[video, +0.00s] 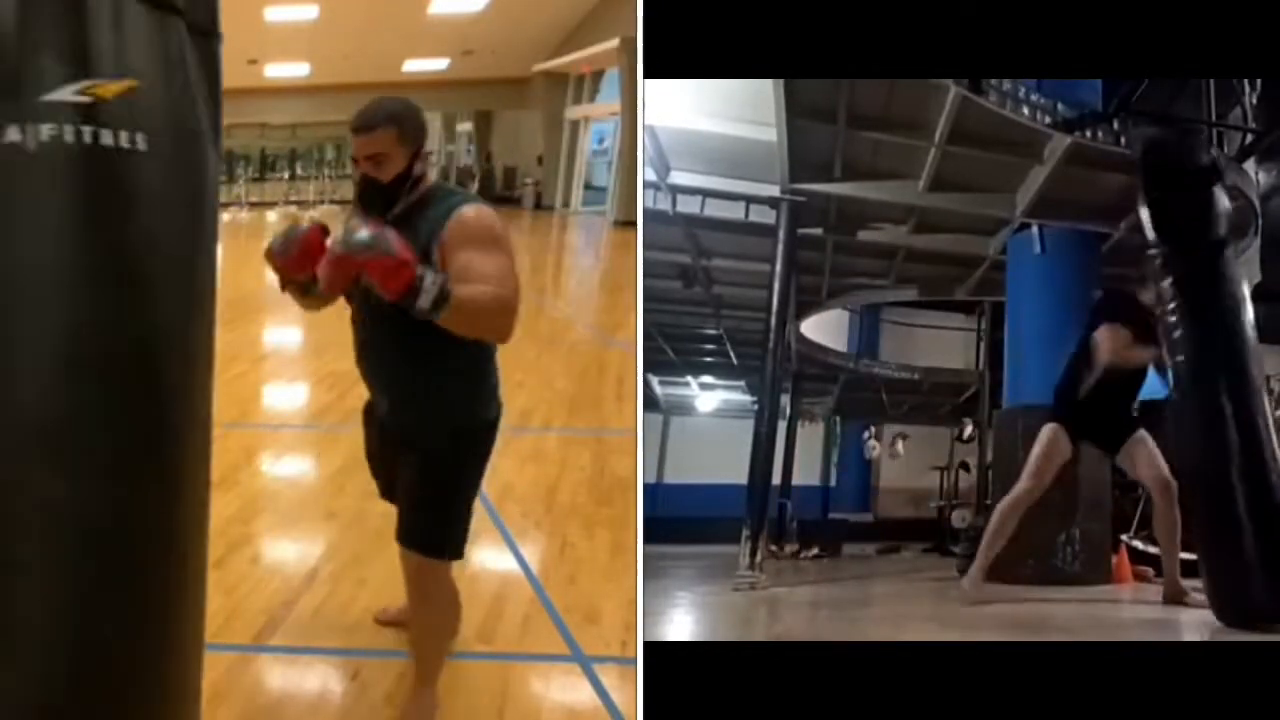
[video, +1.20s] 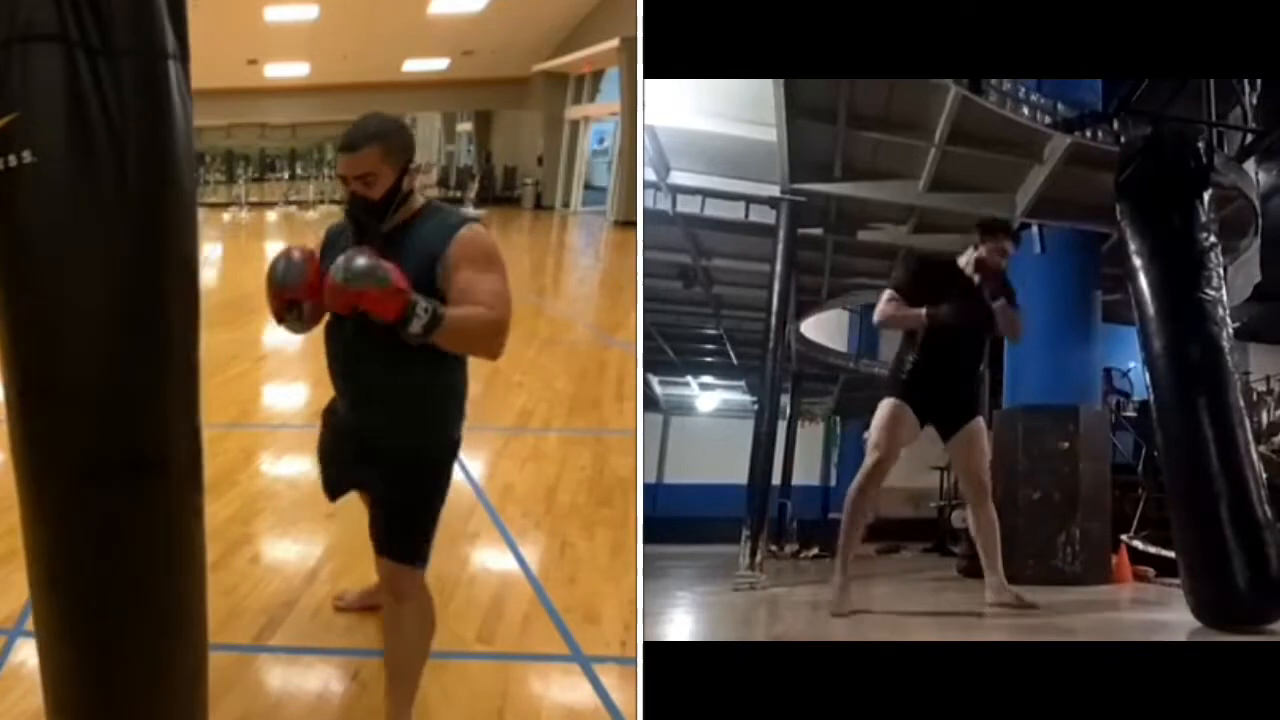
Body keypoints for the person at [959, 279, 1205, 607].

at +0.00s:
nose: (1166, 282)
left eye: (1168, 274)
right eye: (1159, 273)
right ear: (1141, 274)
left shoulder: (1155, 319)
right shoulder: (1113, 304)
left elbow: (1171, 363)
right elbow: (1110, 354)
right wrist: (1157, 353)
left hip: (1118, 419)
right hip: (1073, 414)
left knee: (1164, 485)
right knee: (1030, 486)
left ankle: (1173, 585)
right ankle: (975, 573)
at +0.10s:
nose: (1134, 345)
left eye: (1139, 341)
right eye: (1129, 338)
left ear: (1146, 341)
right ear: (1115, 330)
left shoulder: (1144, 361)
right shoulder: (1078, 340)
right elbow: (1047, 389)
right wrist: (1095, 391)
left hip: (1109, 442)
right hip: (1058, 439)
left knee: (1165, 486)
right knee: (1006, 499)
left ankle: (1174, 586)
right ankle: (965, 584)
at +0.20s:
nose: (1117, 350)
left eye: (1124, 345)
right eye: (1114, 342)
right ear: (1101, 330)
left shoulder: (1125, 359)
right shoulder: (1060, 343)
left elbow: (1133, 411)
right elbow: (1032, 395)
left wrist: (1130, 404)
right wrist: (1078, 376)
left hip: (1095, 443)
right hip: (1045, 440)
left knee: (1156, 492)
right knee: (996, 497)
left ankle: (1173, 586)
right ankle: (963, 585)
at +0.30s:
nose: (1078, 305)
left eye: (1085, 299)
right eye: (1075, 296)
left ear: (1089, 301)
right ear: (1059, 288)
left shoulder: (1075, 329)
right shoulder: (1015, 314)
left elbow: (1089, 383)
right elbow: (1004, 365)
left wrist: (1078, 344)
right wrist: (1045, 330)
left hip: (1053, 422)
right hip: (1002, 421)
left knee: (1091, 490)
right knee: (970, 490)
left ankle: (1121, 574)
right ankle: (959, 578)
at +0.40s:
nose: (1061, 289)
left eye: (1069, 285)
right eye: (1059, 278)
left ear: (1070, 289)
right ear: (1043, 271)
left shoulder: (1055, 317)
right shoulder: (1003, 298)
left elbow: (1077, 365)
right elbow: (989, 343)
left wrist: (1064, 324)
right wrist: (1030, 314)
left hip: (1032, 413)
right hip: (984, 410)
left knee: (1077, 479)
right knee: (957, 477)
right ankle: (949, 574)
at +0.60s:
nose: (1014, 275)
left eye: (1021, 270)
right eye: (1010, 266)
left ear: (1026, 272)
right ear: (994, 260)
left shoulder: (1016, 303)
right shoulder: (958, 287)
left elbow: (1022, 353)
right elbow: (949, 337)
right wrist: (989, 307)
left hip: (976, 410)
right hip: (930, 403)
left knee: (1020, 482)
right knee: (898, 484)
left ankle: (972, 558)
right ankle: (849, 578)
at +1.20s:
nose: (1001, 262)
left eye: (1006, 257)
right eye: (997, 253)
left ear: (1006, 259)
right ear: (977, 245)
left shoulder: (997, 289)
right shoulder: (926, 269)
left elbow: (1015, 333)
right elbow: (883, 314)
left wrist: (996, 294)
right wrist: (931, 315)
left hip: (962, 397)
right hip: (912, 389)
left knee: (980, 488)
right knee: (876, 464)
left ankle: (996, 585)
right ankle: (841, 577)